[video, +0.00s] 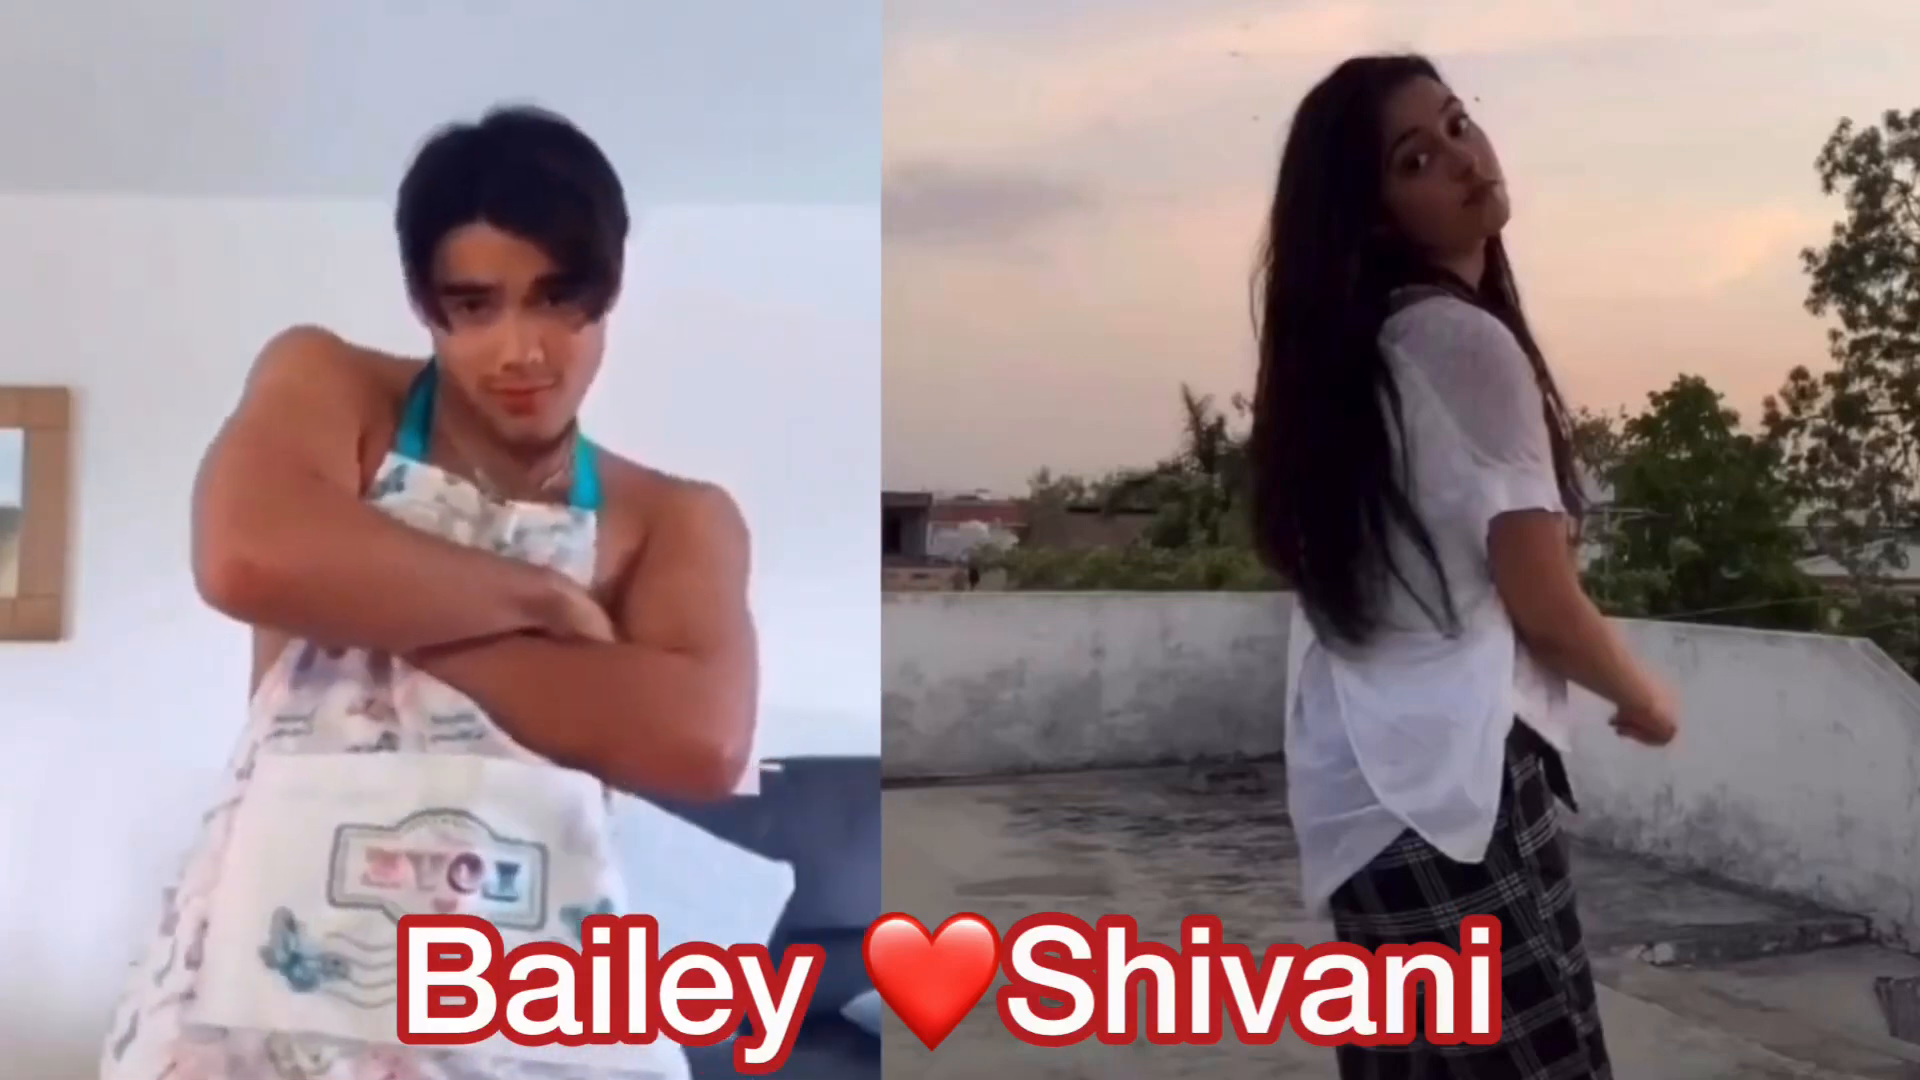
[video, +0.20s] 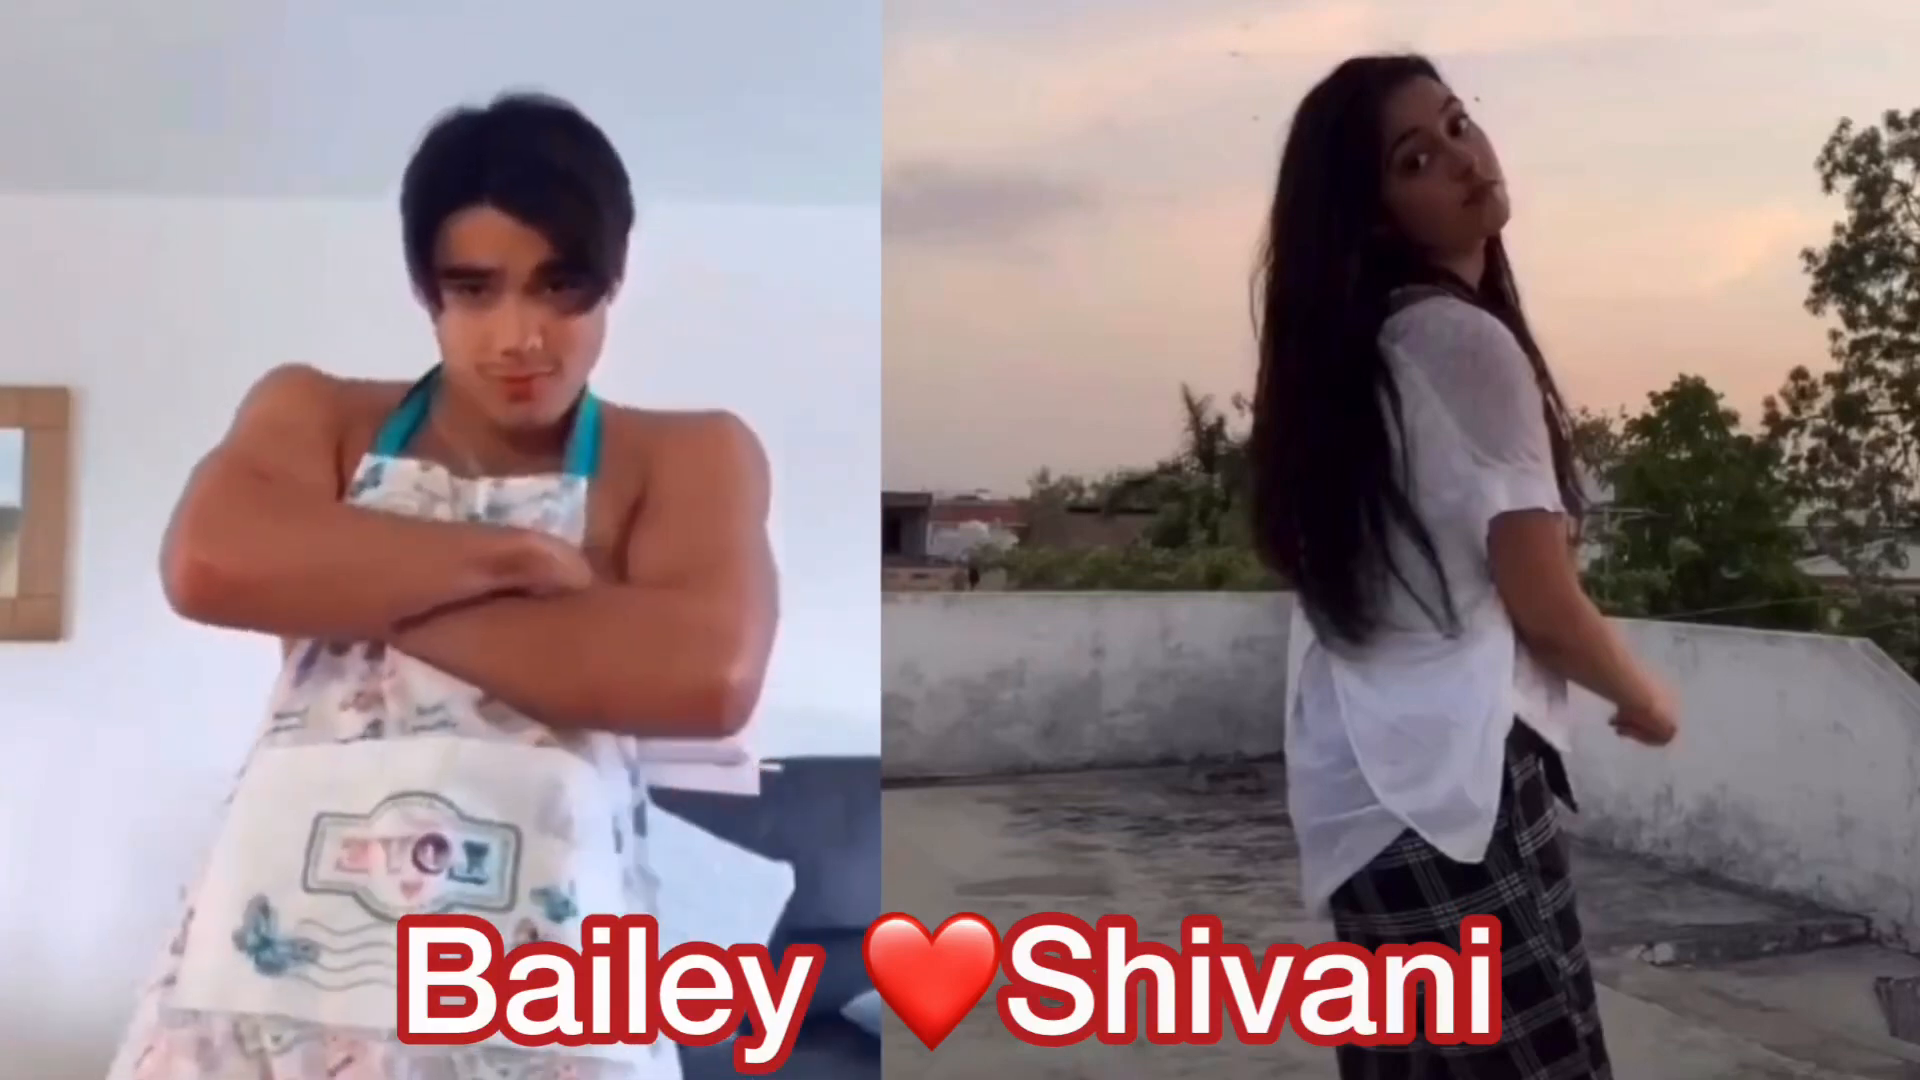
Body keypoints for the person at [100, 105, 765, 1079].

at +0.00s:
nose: (518, 348)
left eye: (559, 300)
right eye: (472, 305)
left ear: (610, 294)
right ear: (423, 302)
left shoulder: (678, 518)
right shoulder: (322, 379)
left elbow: (704, 744)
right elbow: (249, 557)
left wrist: (413, 627)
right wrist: (546, 599)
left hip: (547, 969)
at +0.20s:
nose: (518, 335)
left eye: (563, 288)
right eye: (474, 289)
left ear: (615, 282)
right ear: (424, 289)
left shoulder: (693, 456)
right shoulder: (312, 410)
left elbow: (708, 676)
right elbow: (210, 562)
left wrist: (392, 597)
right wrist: (516, 556)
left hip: (546, 942)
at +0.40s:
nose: (550, 301)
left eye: (595, 253)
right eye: (507, 253)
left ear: (652, 250)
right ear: (460, 257)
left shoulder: (731, 362)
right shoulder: (359, 450)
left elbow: (803, 571)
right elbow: (288, 607)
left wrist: (466, 589)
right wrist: (589, 513)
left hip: (658, 892)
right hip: (408, 899)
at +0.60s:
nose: (606, 300)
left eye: (655, 250)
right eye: (565, 249)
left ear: (710, 247)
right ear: (517, 247)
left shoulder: (791, 333)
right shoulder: (432, 470)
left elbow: (846, 560)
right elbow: (384, 648)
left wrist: (544, 605)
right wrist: (665, 510)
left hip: (775, 924)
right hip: (525, 950)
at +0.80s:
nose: (632, 301)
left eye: (681, 252)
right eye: (592, 249)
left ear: (734, 259)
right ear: (543, 247)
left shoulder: (809, 348)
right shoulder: (444, 485)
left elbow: (867, 587)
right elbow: (448, 683)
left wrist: (572, 613)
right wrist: (720, 524)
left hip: (810, 941)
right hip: (574, 971)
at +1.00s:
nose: (623, 276)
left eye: (672, 225)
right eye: (580, 223)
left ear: (726, 228)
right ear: (527, 216)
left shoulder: (796, 354)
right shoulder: (418, 445)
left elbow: (865, 612)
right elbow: (425, 679)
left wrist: (554, 607)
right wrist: (722, 522)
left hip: (801, 924)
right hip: (557, 939)